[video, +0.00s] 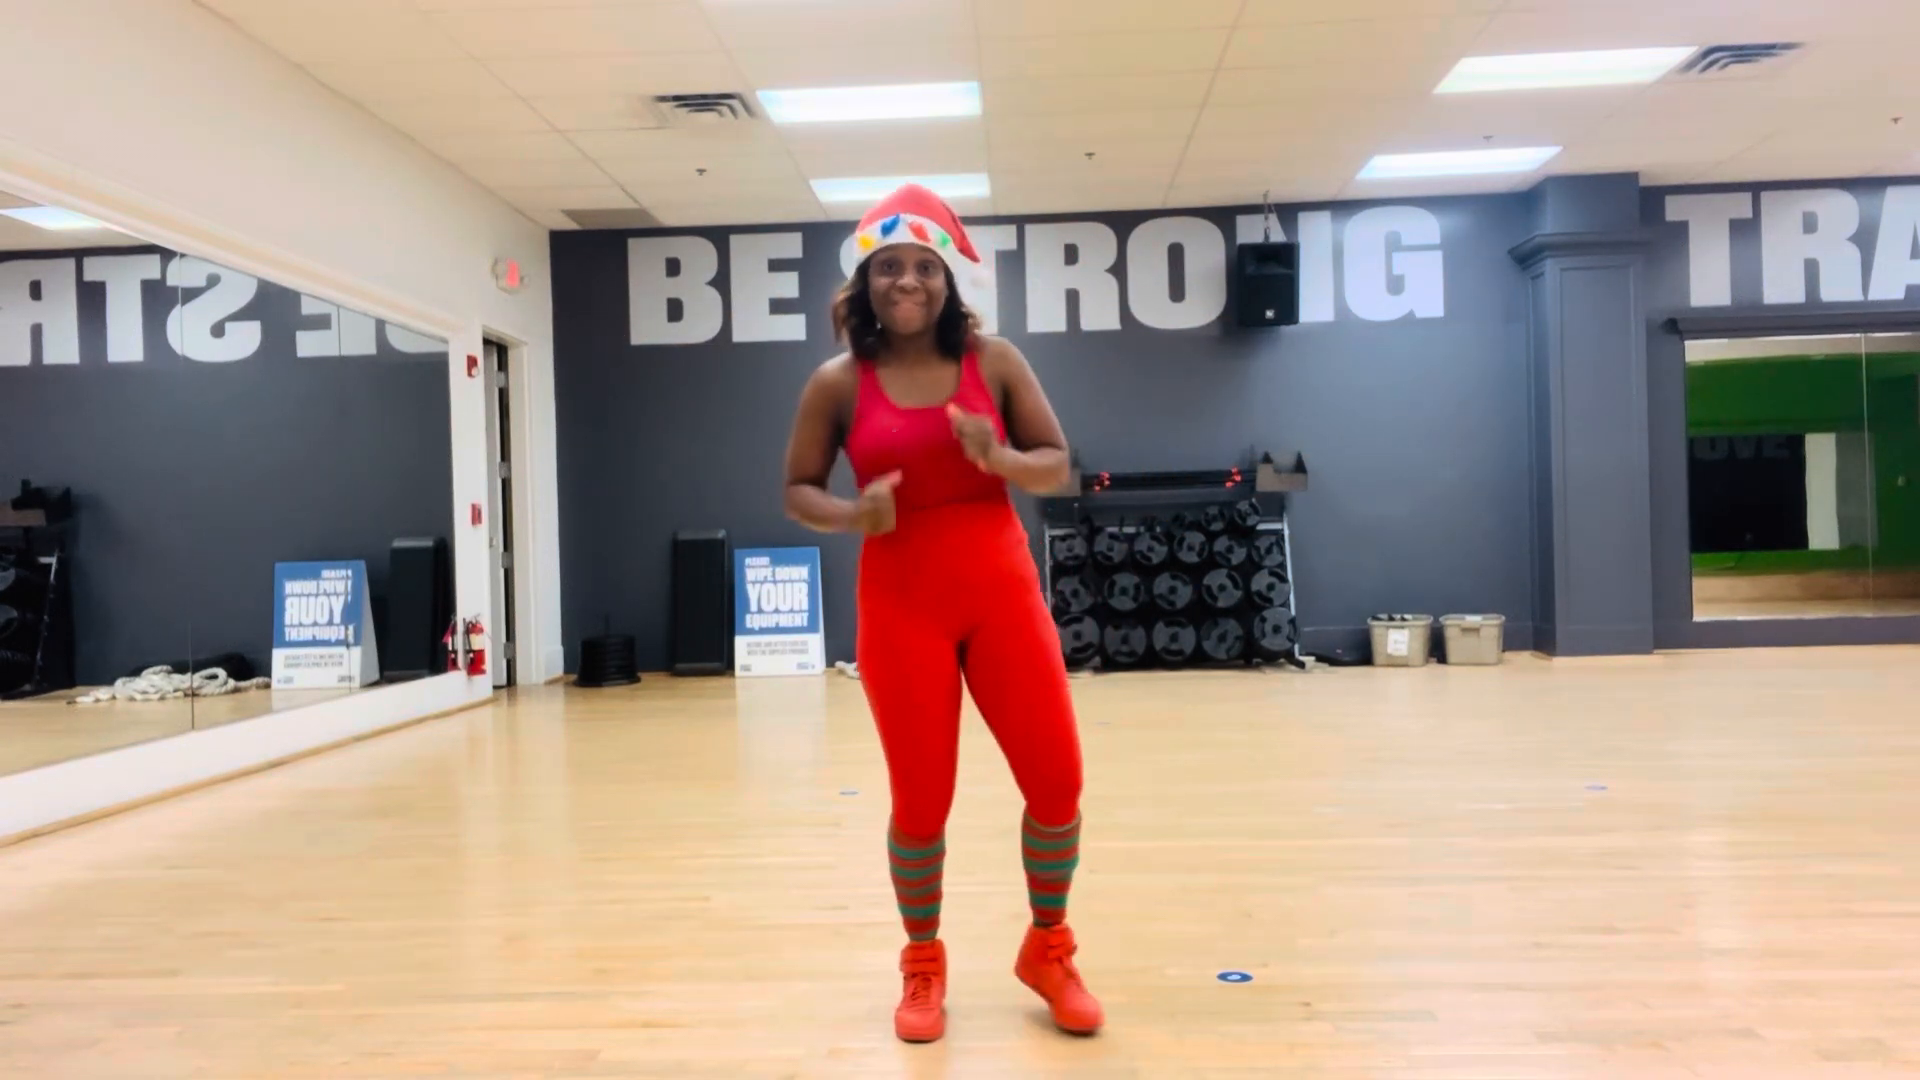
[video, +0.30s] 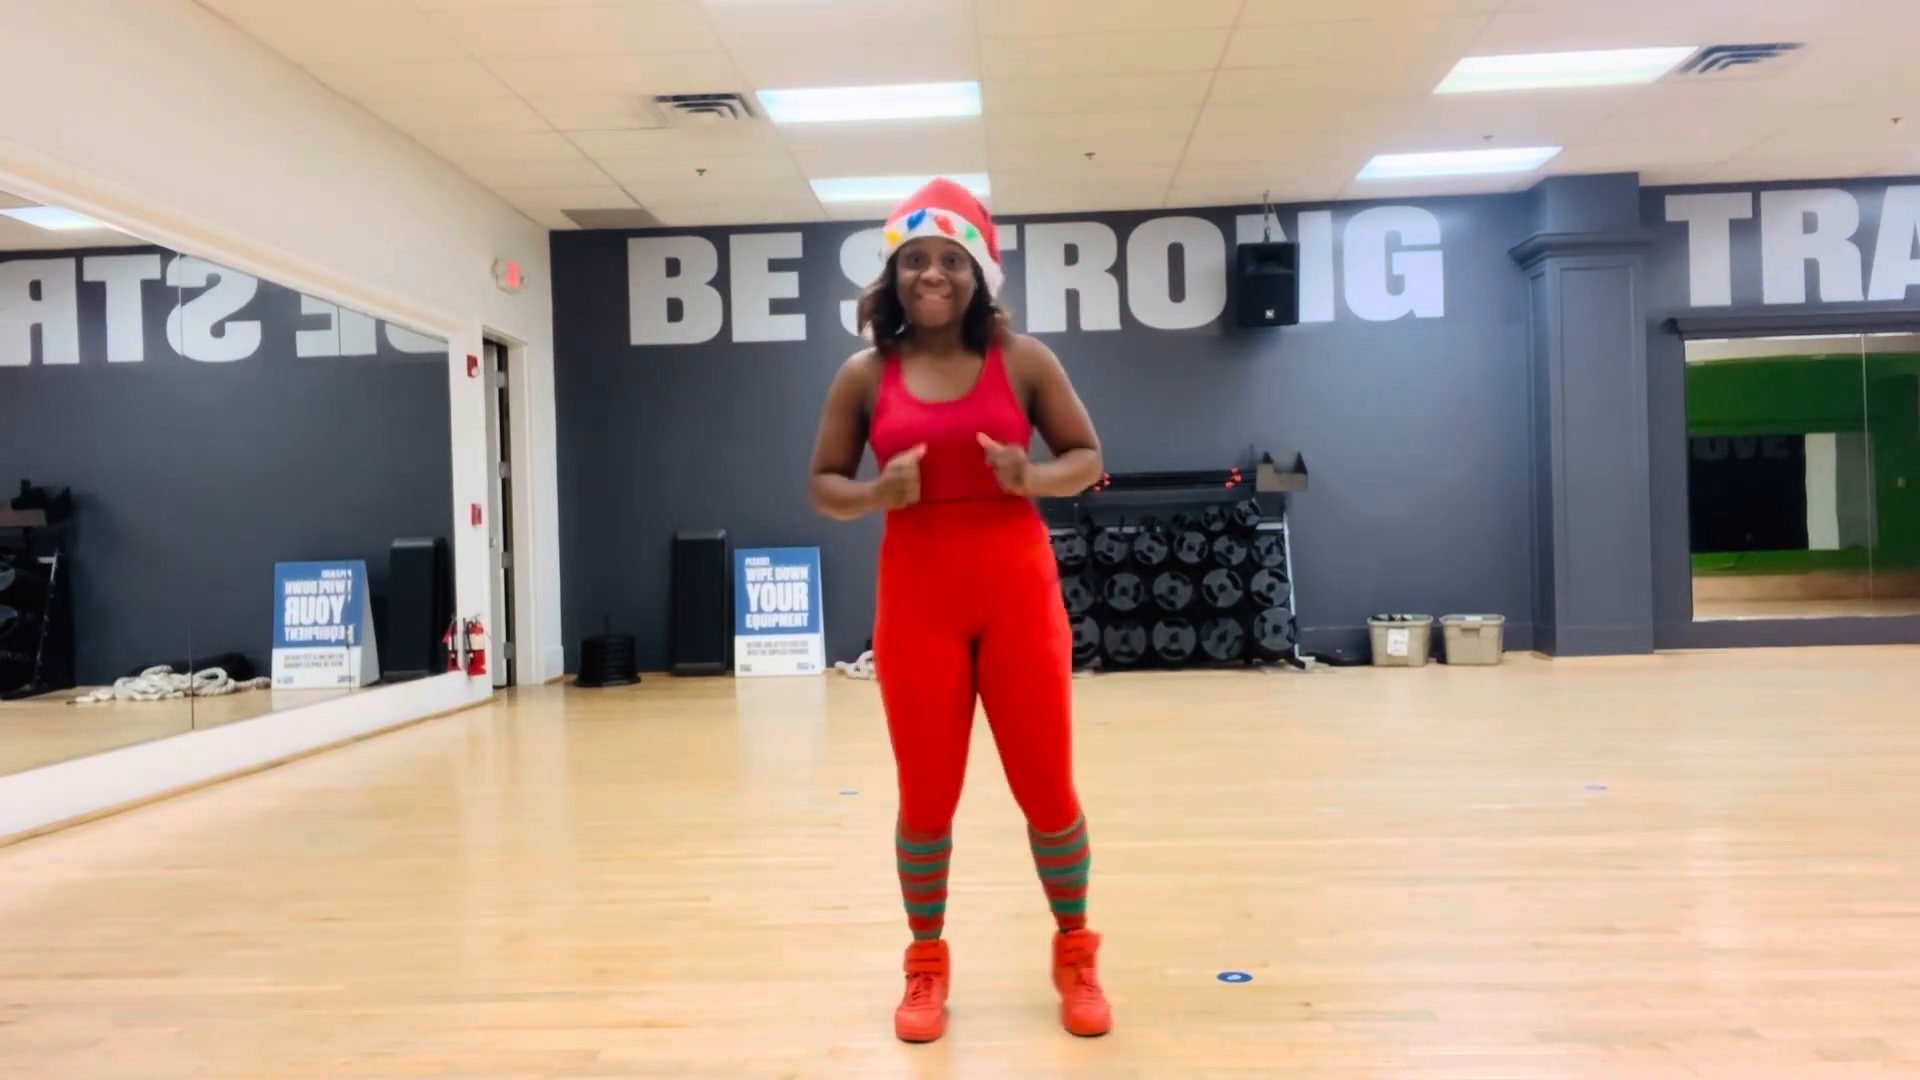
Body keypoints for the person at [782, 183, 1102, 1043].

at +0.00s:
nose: (907, 281)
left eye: (923, 265)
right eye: (890, 267)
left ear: (949, 280)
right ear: (865, 286)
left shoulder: (993, 361)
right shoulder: (837, 384)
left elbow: (1058, 468)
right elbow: (796, 492)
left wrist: (1002, 460)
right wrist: (851, 514)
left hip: (1004, 593)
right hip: (902, 605)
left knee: (1057, 778)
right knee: (921, 798)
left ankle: (1048, 950)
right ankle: (922, 969)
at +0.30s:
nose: (930, 274)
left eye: (947, 260)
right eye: (914, 260)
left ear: (977, 274)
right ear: (894, 277)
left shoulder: (1023, 360)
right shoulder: (865, 377)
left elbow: (1086, 459)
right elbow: (824, 489)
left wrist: (1033, 475)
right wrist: (876, 490)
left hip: (1020, 594)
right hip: (916, 601)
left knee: (1047, 786)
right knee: (927, 794)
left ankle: (1077, 957)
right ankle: (925, 967)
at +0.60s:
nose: (976, 278)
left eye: (993, 262)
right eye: (959, 264)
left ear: (1021, 274)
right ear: (940, 280)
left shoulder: (1068, 364)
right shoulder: (908, 373)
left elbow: (1112, 480)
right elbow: (863, 475)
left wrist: (1040, 453)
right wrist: (899, 503)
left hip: (1048, 592)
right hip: (943, 594)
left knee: (1075, 789)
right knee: (936, 792)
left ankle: (1088, 962)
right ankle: (925, 969)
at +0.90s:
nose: (1020, 280)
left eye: (1040, 267)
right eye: (1007, 265)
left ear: (1069, 283)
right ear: (989, 277)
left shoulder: (1107, 377)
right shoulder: (949, 366)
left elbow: (1159, 487)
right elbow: (901, 467)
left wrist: (1092, 489)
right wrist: (940, 480)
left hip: (1078, 600)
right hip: (973, 599)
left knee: (1079, 790)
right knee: (942, 790)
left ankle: (1092, 961)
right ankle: (934, 963)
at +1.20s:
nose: (1034, 276)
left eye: (1049, 262)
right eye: (1017, 264)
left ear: (1076, 276)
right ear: (995, 280)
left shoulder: (1114, 370)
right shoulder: (956, 365)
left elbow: (1147, 490)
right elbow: (902, 460)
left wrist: (1089, 460)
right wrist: (938, 507)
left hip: (1076, 594)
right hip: (972, 592)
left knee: (1085, 796)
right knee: (957, 790)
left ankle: (1081, 965)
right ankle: (931, 967)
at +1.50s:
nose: (996, 282)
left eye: (1013, 268)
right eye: (980, 268)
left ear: (1036, 280)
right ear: (957, 281)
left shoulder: (1077, 376)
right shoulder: (918, 372)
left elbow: (1127, 472)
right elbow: (872, 480)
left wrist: (1090, 496)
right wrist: (932, 483)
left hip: (1062, 600)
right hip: (958, 602)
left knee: (1073, 788)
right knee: (938, 796)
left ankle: (1090, 960)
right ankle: (926, 968)